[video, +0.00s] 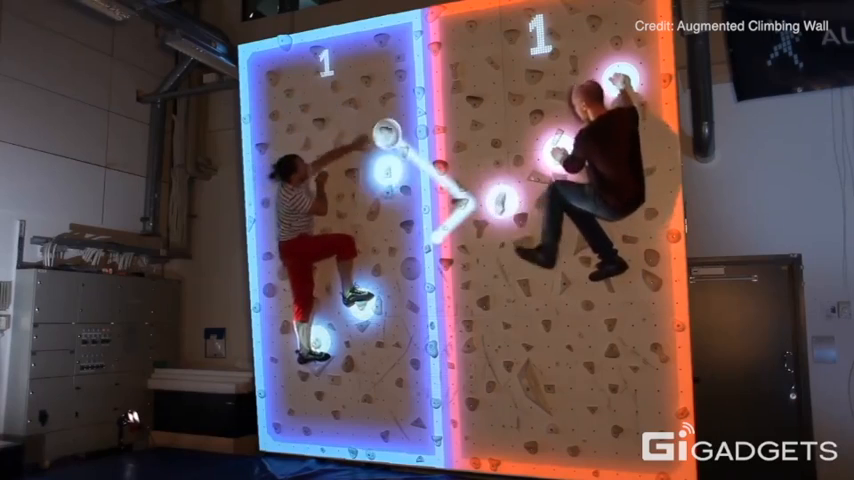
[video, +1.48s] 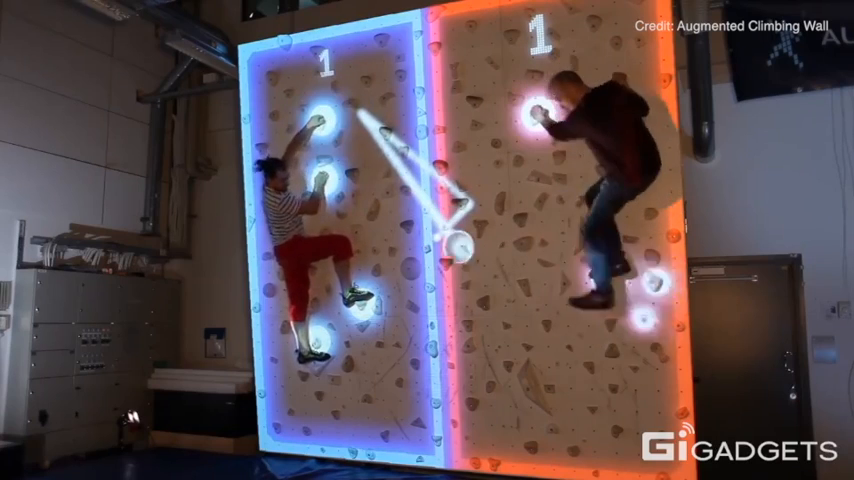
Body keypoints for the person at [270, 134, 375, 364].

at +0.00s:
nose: (307, 168)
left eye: (305, 165)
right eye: (303, 167)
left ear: (292, 174)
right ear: (294, 175)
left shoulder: (292, 183)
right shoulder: (292, 195)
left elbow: (322, 162)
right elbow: (322, 209)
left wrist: (352, 147)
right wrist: (322, 185)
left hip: (291, 247)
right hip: (299, 245)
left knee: (303, 298)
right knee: (343, 242)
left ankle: (305, 350)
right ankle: (349, 291)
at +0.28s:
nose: (304, 156)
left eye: (302, 153)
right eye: (301, 155)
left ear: (289, 163)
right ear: (294, 163)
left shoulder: (288, 174)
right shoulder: (297, 184)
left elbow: (312, 141)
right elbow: (319, 209)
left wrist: (331, 108)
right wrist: (320, 186)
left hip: (287, 241)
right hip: (300, 237)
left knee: (301, 293)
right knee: (344, 242)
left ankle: (305, 346)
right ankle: (349, 291)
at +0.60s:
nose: (301, 160)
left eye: (299, 157)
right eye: (297, 159)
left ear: (290, 166)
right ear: (290, 168)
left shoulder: (289, 174)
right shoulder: (291, 189)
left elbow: (312, 143)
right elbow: (317, 209)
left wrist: (331, 111)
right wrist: (320, 187)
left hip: (288, 242)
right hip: (298, 240)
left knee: (300, 293)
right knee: (343, 242)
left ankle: (305, 347)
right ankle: (348, 291)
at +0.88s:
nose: (294, 171)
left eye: (292, 167)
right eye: (289, 169)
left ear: (285, 169)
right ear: (279, 173)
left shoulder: (277, 184)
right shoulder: (286, 194)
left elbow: (297, 151)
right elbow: (316, 209)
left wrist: (314, 123)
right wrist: (320, 186)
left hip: (287, 247)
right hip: (297, 244)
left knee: (299, 298)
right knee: (342, 243)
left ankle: (305, 349)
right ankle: (349, 293)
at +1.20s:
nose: (289, 176)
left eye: (288, 172)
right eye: (285, 174)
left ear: (278, 173)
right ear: (274, 176)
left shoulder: (273, 186)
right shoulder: (282, 198)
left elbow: (294, 151)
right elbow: (315, 207)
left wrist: (312, 128)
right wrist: (320, 187)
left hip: (286, 248)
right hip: (295, 246)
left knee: (298, 298)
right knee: (339, 243)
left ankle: (304, 350)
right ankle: (349, 293)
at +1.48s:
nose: (286, 181)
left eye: (286, 177)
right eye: (282, 179)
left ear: (280, 177)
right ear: (272, 180)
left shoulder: (270, 190)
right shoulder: (280, 201)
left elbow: (289, 154)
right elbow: (314, 208)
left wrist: (308, 128)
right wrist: (320, 186)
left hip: (285, 250)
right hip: (296, 247)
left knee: (298, 298)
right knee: (340, 244)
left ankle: (304, 350)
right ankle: (348, 293)